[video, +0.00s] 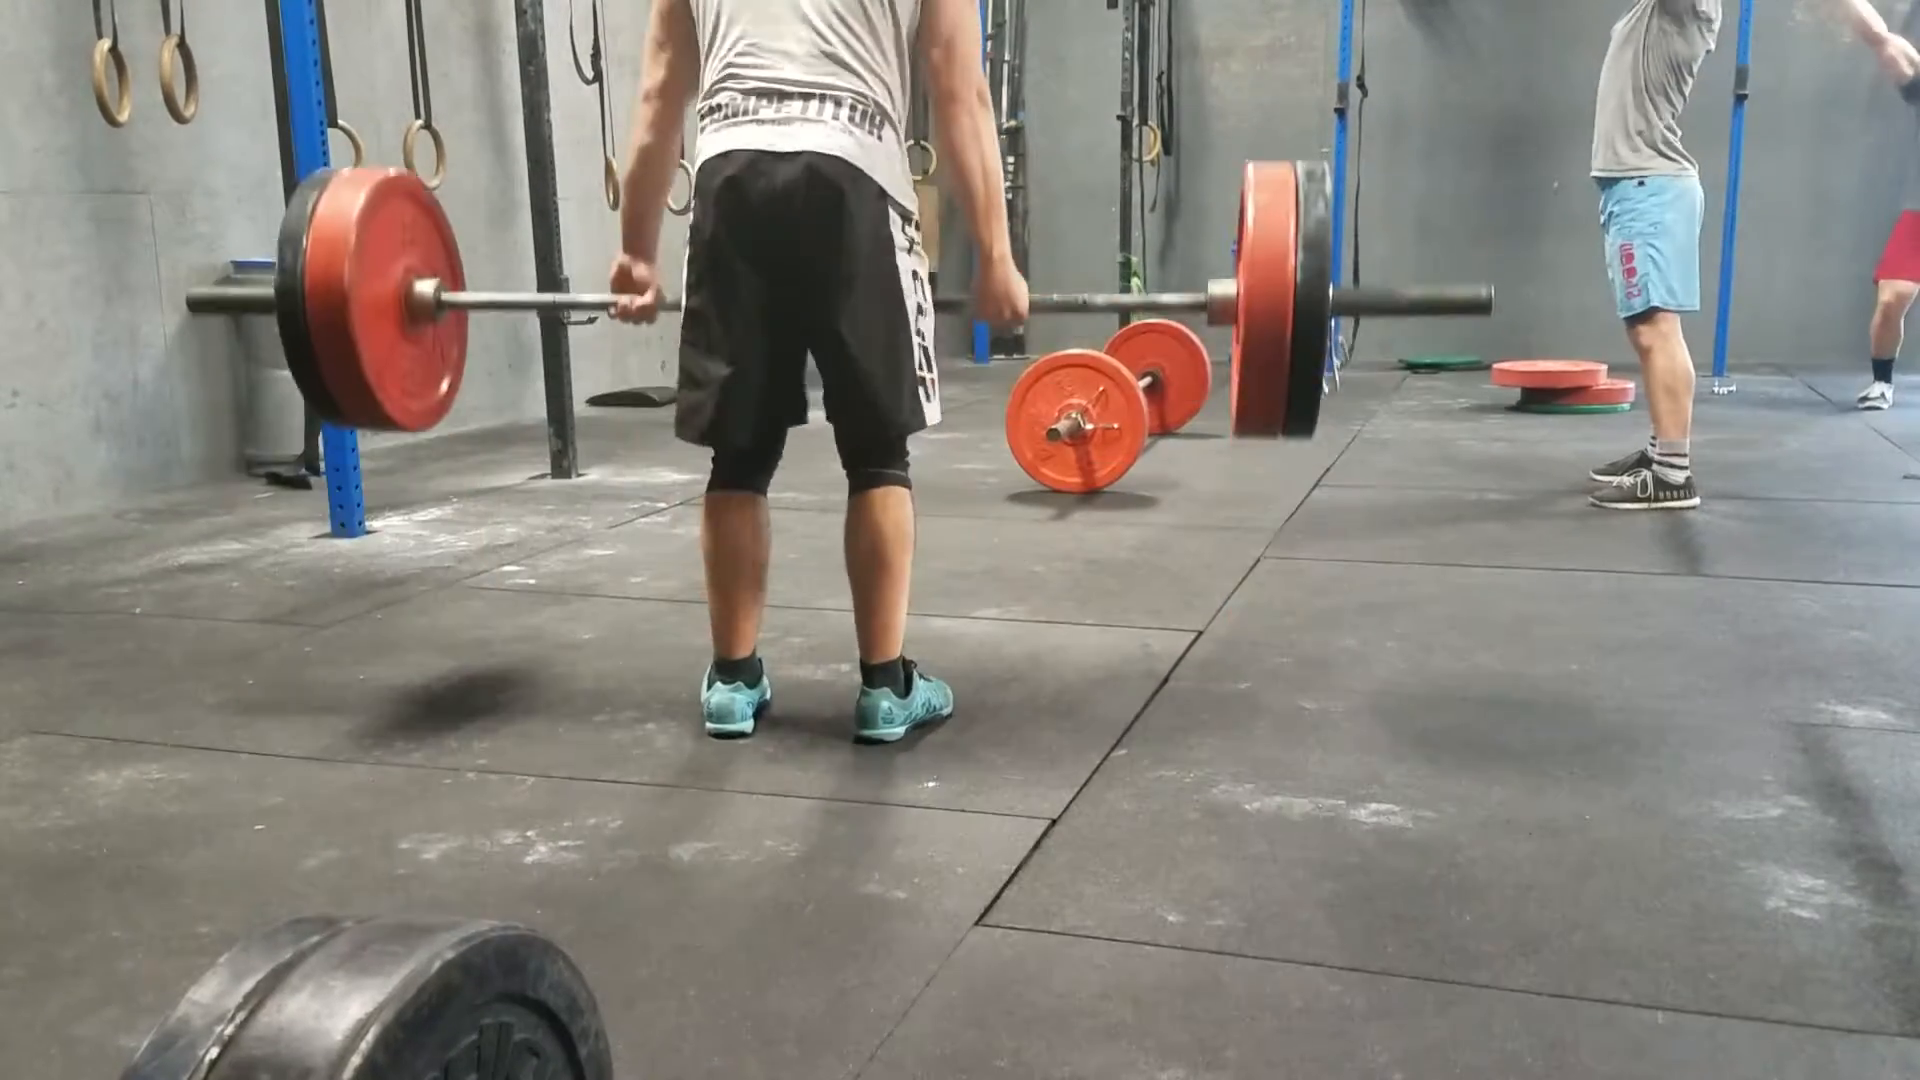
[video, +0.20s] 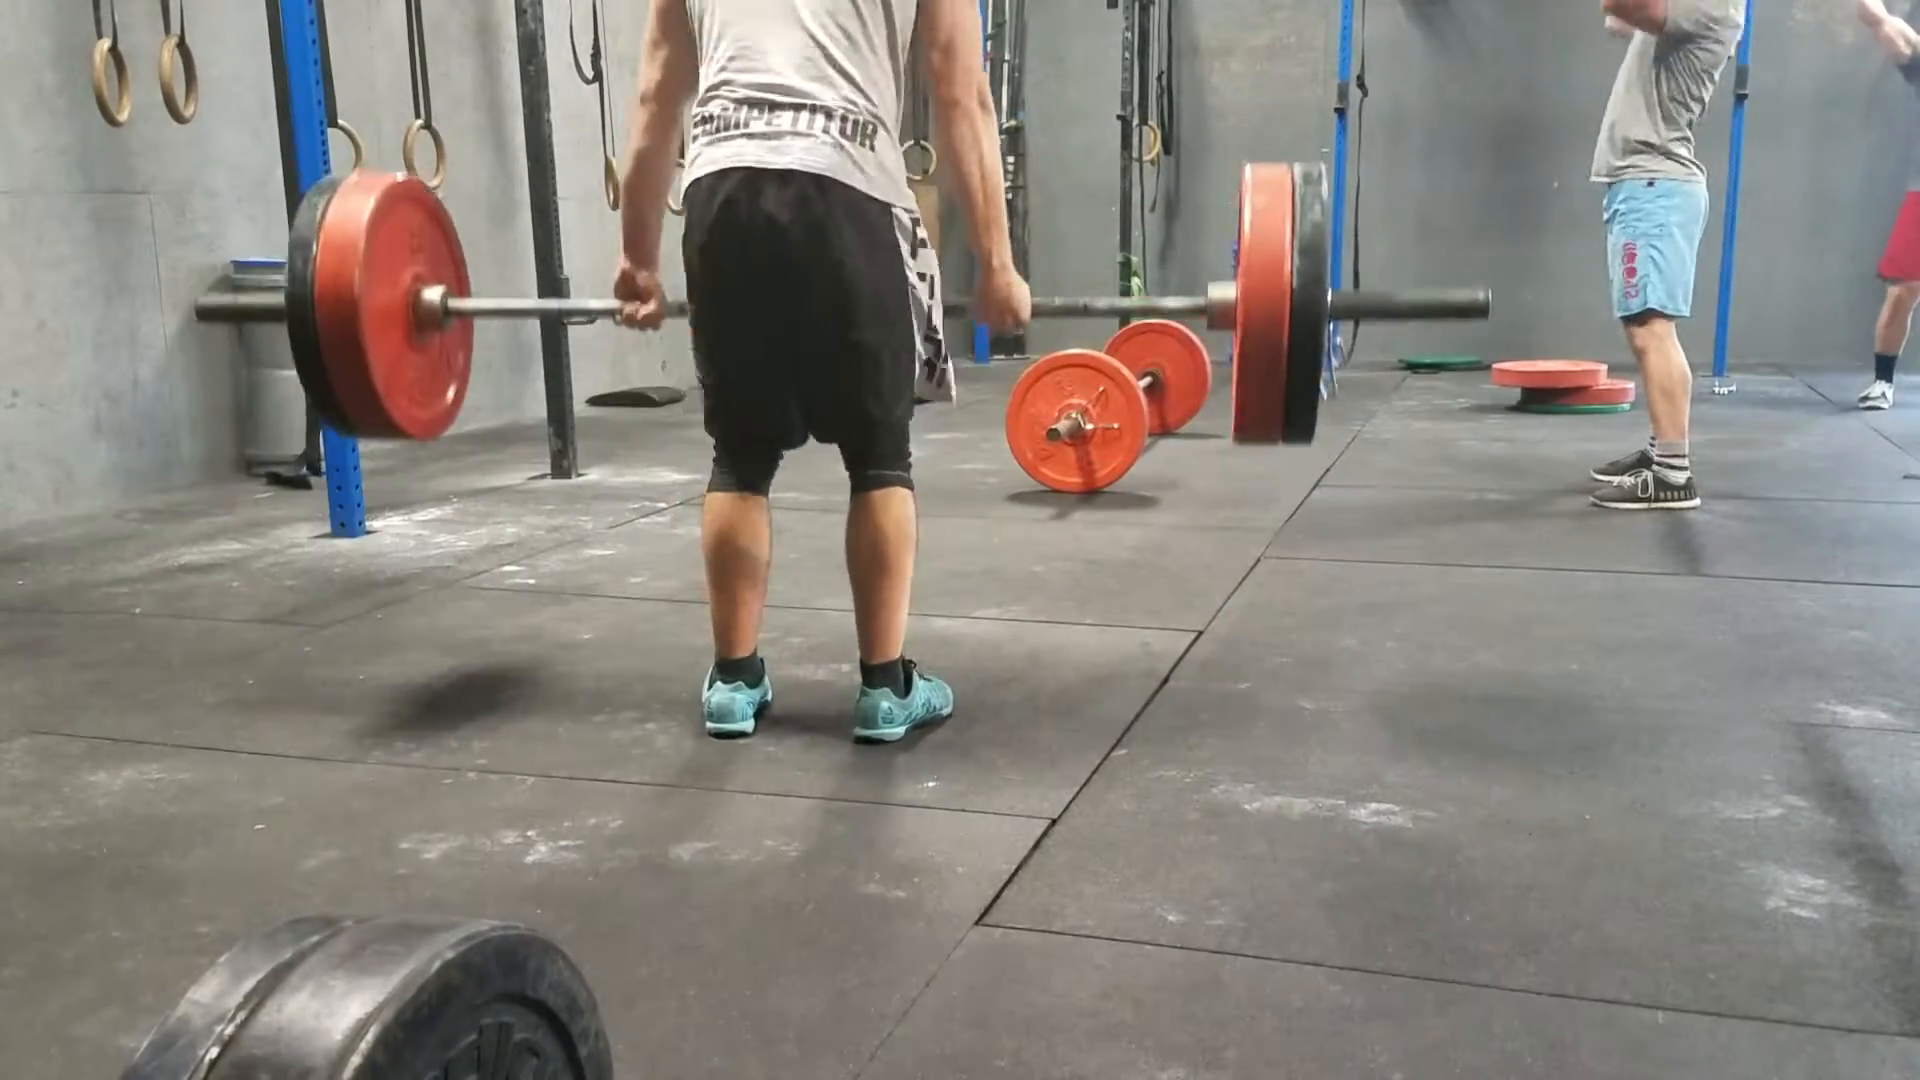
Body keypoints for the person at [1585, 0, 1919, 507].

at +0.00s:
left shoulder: (1686, 7)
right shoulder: (1666, 9)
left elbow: (1818, 3)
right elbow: (1817, 3)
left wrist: (1880, 35)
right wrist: (1881, 35)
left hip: (1650, 186)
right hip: (1639, 185)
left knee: (1654, 330)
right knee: (1651, 330)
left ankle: (1671, 471)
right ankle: (1662, 457)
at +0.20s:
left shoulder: (1710, 10)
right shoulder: (1696, 13)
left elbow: (1625, 8)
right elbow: (1623, 19)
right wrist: (1625, 22)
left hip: (1655, 183)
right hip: (1646, 183)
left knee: (1650, 330)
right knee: (1649, 330)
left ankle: (1673, 470)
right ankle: (1664, 458)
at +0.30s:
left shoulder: (1719, 11)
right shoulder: (1695, 13)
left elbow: (1617, 49)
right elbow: (1614, 56)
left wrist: (1627, 2)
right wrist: (1614, 8)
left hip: (1663, 181)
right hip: (1648, 180)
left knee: (1653, 330)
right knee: (1648, 331)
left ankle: (1675, 471)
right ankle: (1665, 458)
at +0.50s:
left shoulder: (1706, 16)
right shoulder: (1672, 16)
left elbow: (1618, 79)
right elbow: (1615, 80)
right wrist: (1615, 15)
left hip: (1668, 178)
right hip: (1652, 177)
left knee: (1650, 325)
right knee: (1648, 325)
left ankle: (1672, 470)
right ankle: (1663, 456)